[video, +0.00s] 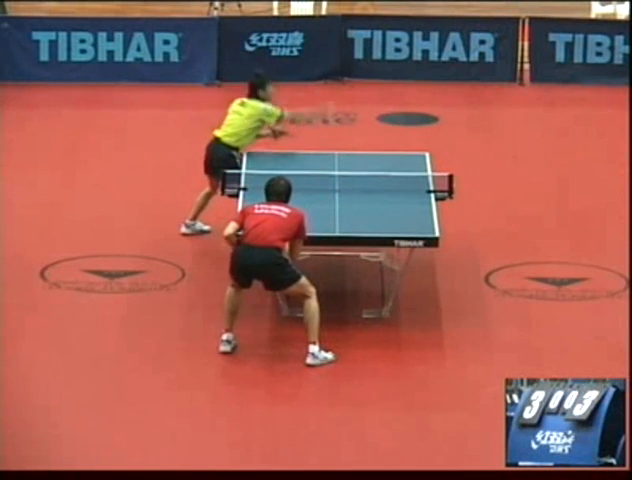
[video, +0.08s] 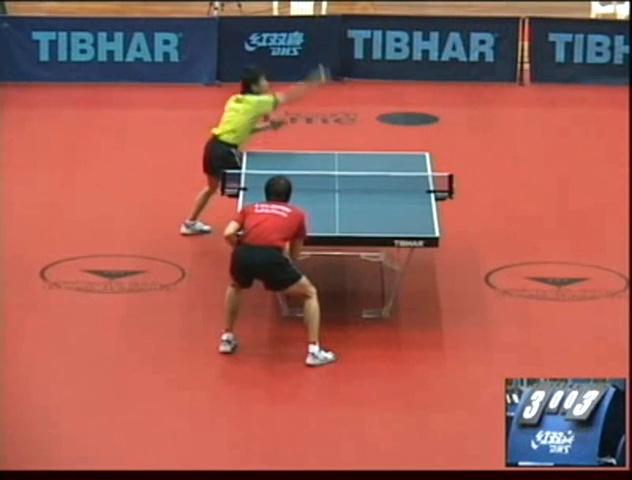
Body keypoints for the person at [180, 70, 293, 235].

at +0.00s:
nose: (272, 91)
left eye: (271, 88)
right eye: (269, 88)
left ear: (253, 90)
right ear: (260, 91)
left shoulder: (238, 103)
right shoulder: (261, 108)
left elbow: (246, 132)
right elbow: (289, 117)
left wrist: (269, 134)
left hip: (215, 144)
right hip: (229, 151)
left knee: (212, 188)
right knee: (241, 190)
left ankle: (191, 221)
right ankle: (244, 227)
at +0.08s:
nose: (267, 85)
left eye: (265, 81)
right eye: (263, 82)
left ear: (247, 86)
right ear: (254, 86)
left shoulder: (234, 100)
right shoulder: (257, 102)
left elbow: (244, 129)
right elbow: (288, 96)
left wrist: (269, 126)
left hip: (213, 144)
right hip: (228, 149)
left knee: (211, 187)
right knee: (244, 188)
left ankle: (191, 222)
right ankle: (245, 227)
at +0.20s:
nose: (256, 76)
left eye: (254, 72)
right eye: (252, 73)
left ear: (238, 79)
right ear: (243, 78)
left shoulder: (228, 96)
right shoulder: (247, 93)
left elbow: (240, 125)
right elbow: (275, 76)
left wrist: (265, 116)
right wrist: (297, 57)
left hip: (211, 142)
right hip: (225, 146)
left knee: (210, 185)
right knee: (246, 183)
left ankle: (191, 221)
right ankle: (248, 224)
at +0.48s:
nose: (244, 67)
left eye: (242, 63)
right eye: (240, 64)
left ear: (228, 70)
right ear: (231, 69)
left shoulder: (218, 89)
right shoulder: (234, 84)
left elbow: (225, 122)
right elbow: (263, 77)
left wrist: (251, 116)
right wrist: (288, 64)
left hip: (205, 135)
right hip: (218, 138)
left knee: (205, 183)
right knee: (235, 180)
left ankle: (190, 221)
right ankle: (242, 223)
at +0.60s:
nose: (248, 67)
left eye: (246, 63)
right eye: (244, 64)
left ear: (231, 70)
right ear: (234, 69)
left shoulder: (217, 90)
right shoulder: (234, 83)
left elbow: (212, 114)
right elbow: (252, 90)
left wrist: (237, 125)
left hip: (205, 133)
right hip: (219, 135)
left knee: (204, 181)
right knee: (235, 176)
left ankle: (191, 221)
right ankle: (241, 219)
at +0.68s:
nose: (253, 68)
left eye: (251, 65)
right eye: (249, 65)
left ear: (235, 71)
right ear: (239, 70)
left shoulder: (221, 89)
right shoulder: (241, 86)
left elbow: (198, 111)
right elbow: (251, 102)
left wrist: (219, 122)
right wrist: (265, 118)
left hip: (206, 133)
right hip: (222, 136)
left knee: (204, 180)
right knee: (236, 176)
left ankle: (191, 221)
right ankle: (240, 220)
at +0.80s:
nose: (263, 81)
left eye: (263, 76)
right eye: (261, 76)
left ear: (245, 78)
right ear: (251, 77)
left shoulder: (227, 90)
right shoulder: (250, 93)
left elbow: (208, 107)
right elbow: (243, 116)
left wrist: (228, 108)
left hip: (210, 133)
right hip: (225, 138)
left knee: (208, 182)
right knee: (242, 179)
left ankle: (192, 220)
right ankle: (223, 214)